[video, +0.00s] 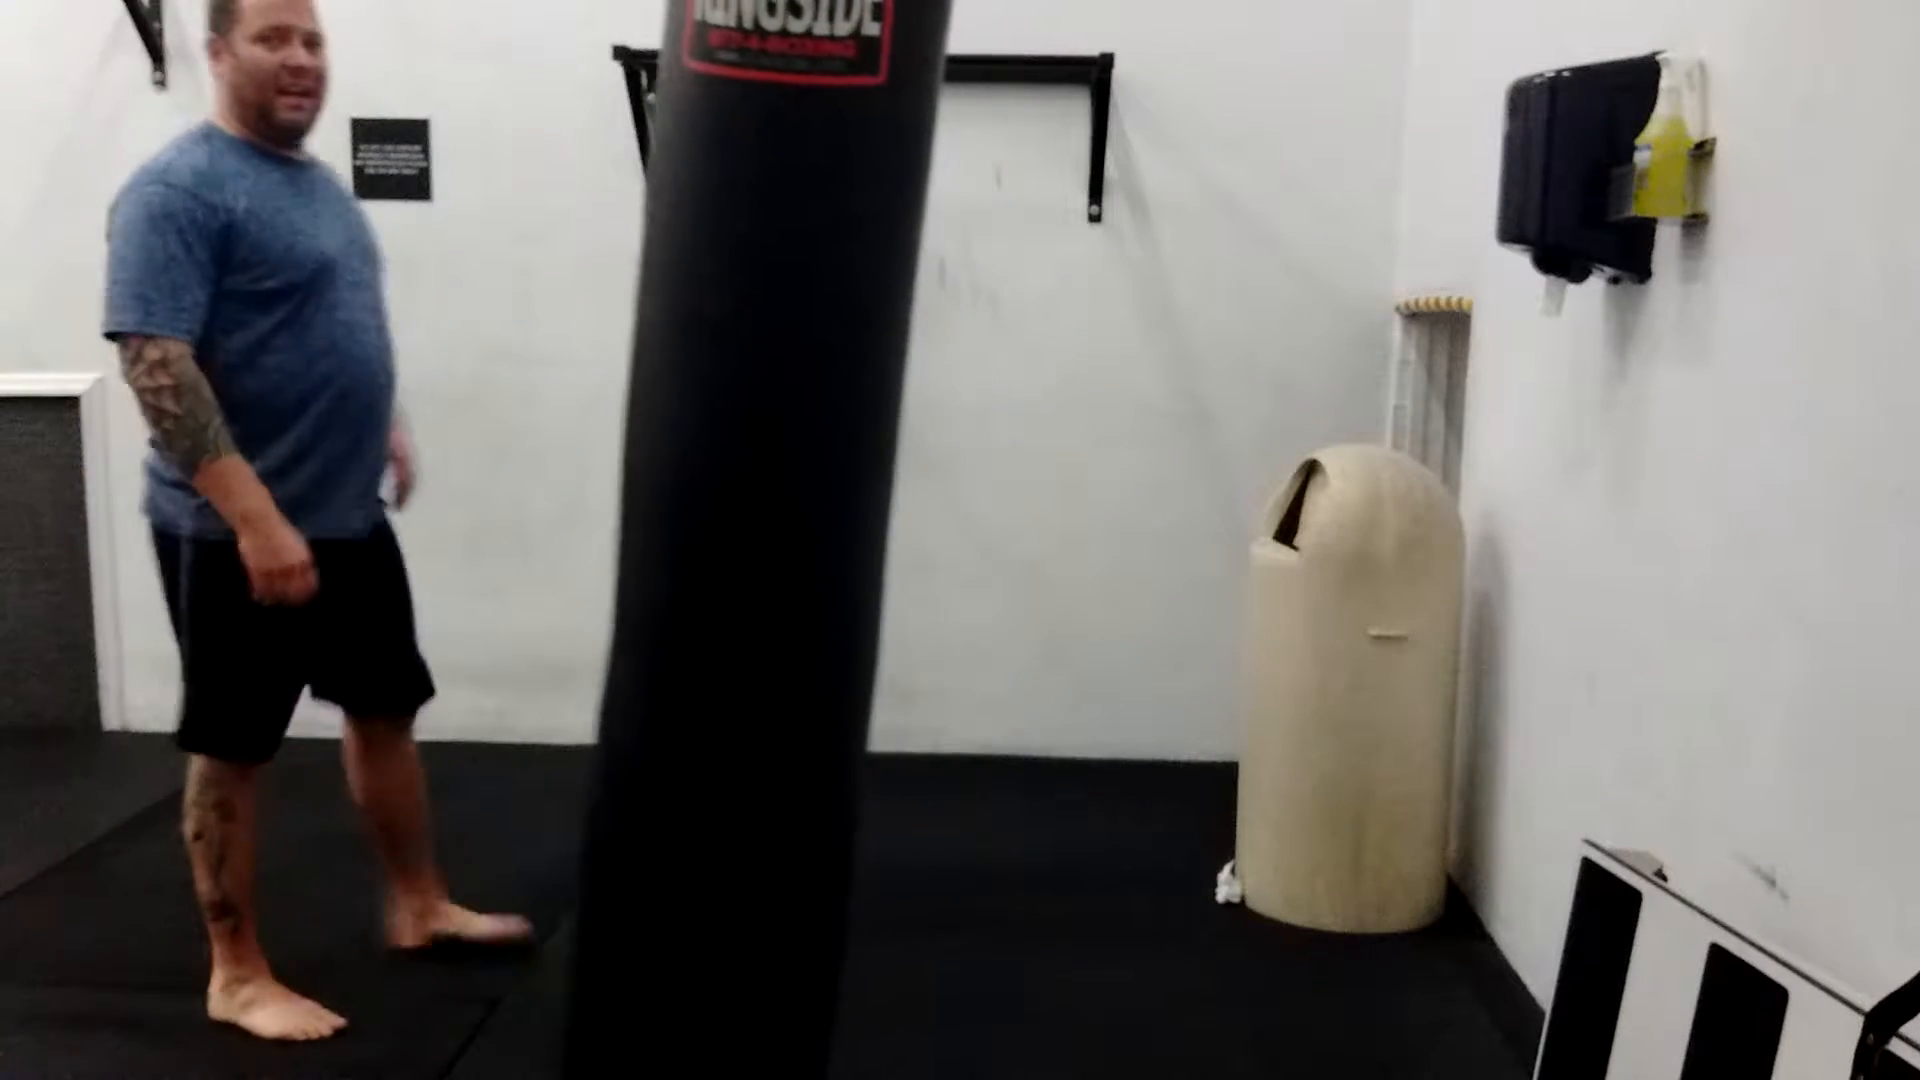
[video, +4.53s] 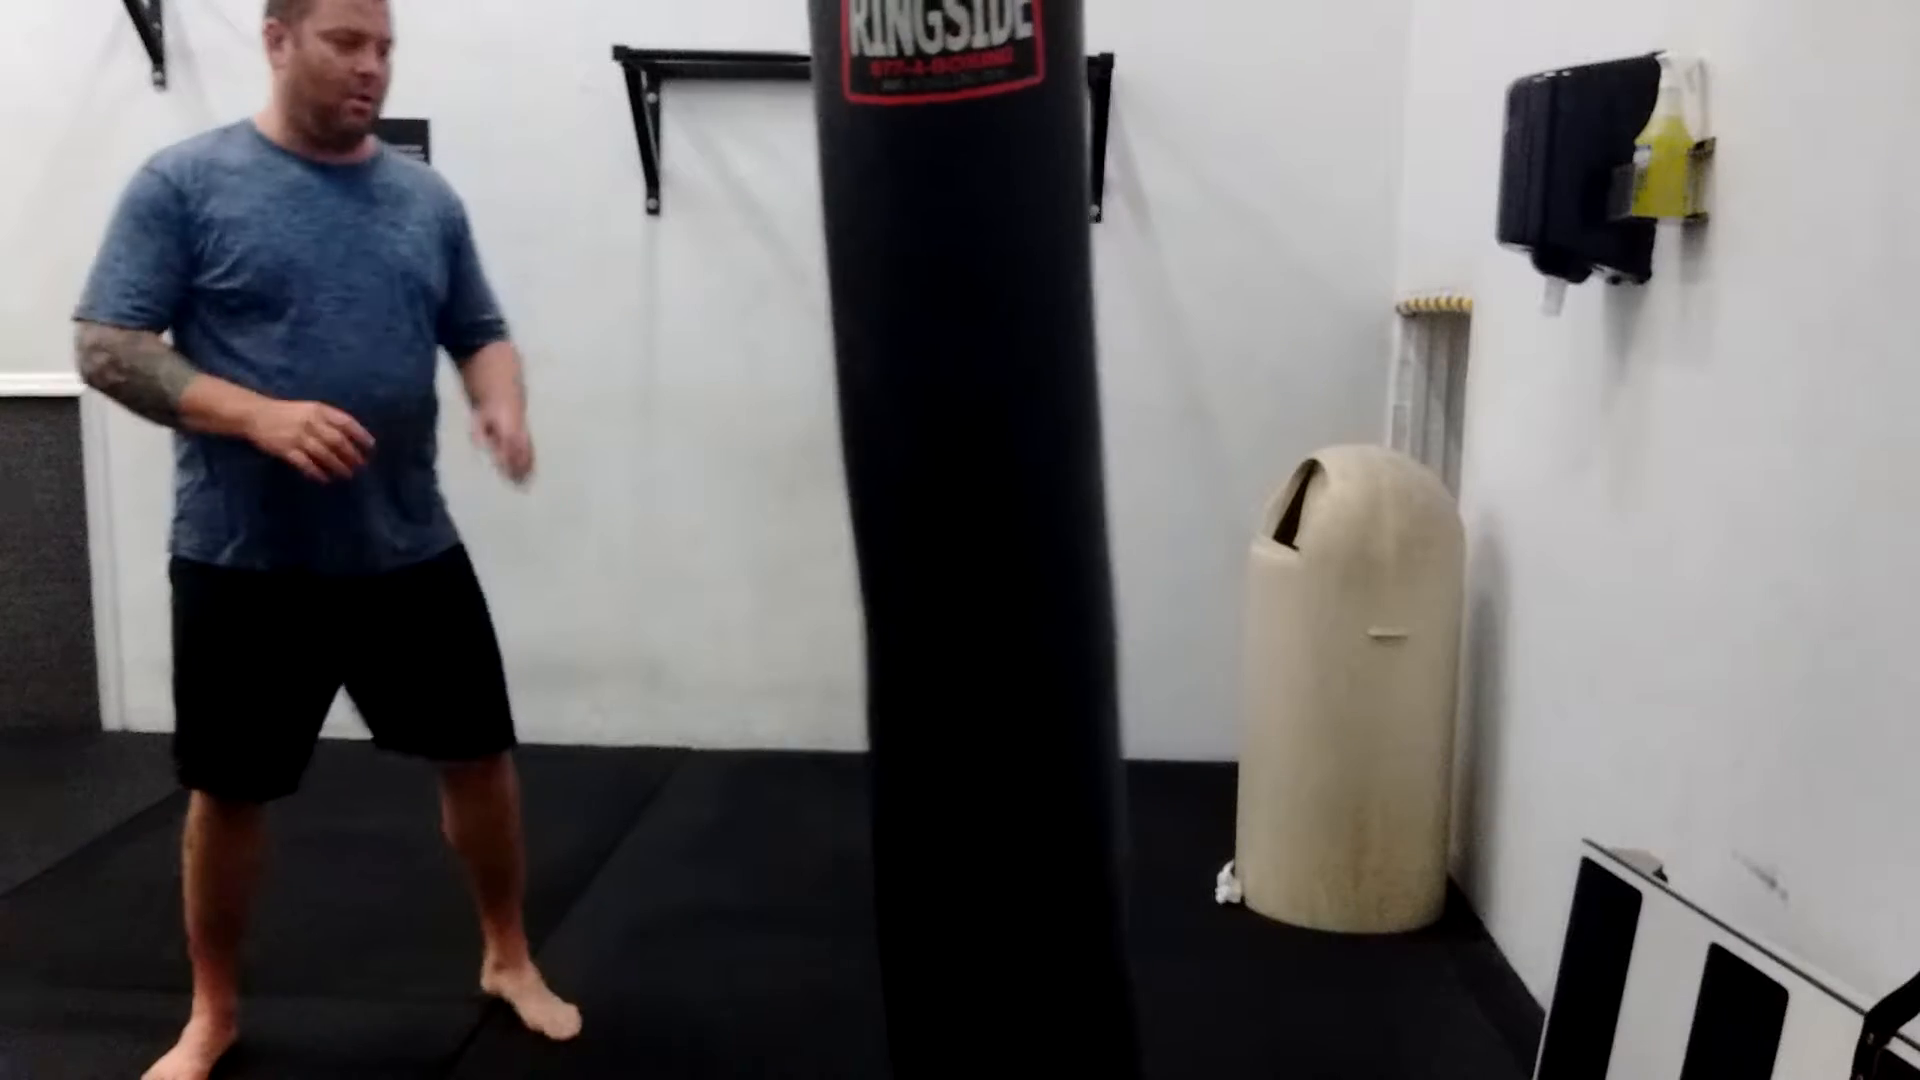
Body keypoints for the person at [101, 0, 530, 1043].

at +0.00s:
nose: (301, 63)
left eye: (313, 42)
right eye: (274, 40)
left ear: (326, 54)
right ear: (218, 53)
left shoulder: (317, 183)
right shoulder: (174, 191)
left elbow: (331, 325)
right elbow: (157, 369)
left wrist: (379, 423)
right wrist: (251, 514)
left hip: (347, 517)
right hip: (231, 530)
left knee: (385, 709)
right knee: (228, 751)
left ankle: (419, 907)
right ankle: (236, 976)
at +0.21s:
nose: (343, 65)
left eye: (358, 49)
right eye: (320, 45)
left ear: (376, 68)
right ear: (274, 63)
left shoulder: (416, 198)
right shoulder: (218, 194)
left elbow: (486, 310)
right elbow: (173, 358)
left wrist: (499, 373)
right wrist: (192, 512)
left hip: (396, 516)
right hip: (272, 525)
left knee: (408, 721)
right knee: (271, 747)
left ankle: (432, 915)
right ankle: (245, 974)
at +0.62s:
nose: (392, 76)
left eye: (412, 64)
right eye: (375, 59)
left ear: (435, 87)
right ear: (340, 75)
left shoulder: (489, 214)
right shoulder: (279, 198)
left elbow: (550, 344)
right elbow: (229, 344)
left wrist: (505, 367)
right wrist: (199, 484)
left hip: (440, 504)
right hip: (309, 500)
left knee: (428, 708)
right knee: (276, 693)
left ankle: (434, 911)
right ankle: (332, 849)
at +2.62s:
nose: (349, 46)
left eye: (367, 28)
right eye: (324, 28)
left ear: (394, 46)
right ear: (286, 52)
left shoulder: (472, 183)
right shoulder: (236, 193)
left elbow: (559, 321)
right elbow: (192, 348)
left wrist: (498, 405)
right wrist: (225, 425)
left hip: (447, 524)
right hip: (300, 528)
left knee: (481, 749)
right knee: (292, 757)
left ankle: (518, 965)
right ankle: (278, 969)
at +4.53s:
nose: (373, 70)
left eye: (383, 47)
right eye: (349, 42)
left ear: (394, 54)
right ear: (278, 42)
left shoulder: (425, 200)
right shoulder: (183, 184)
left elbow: (481, 337)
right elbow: (107, 346)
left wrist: (500, 406)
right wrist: (257, 413)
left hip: (406, 546)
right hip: (243, 558)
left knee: (480, 755)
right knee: (223, 795)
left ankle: (509, 957)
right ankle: (212, 1017)